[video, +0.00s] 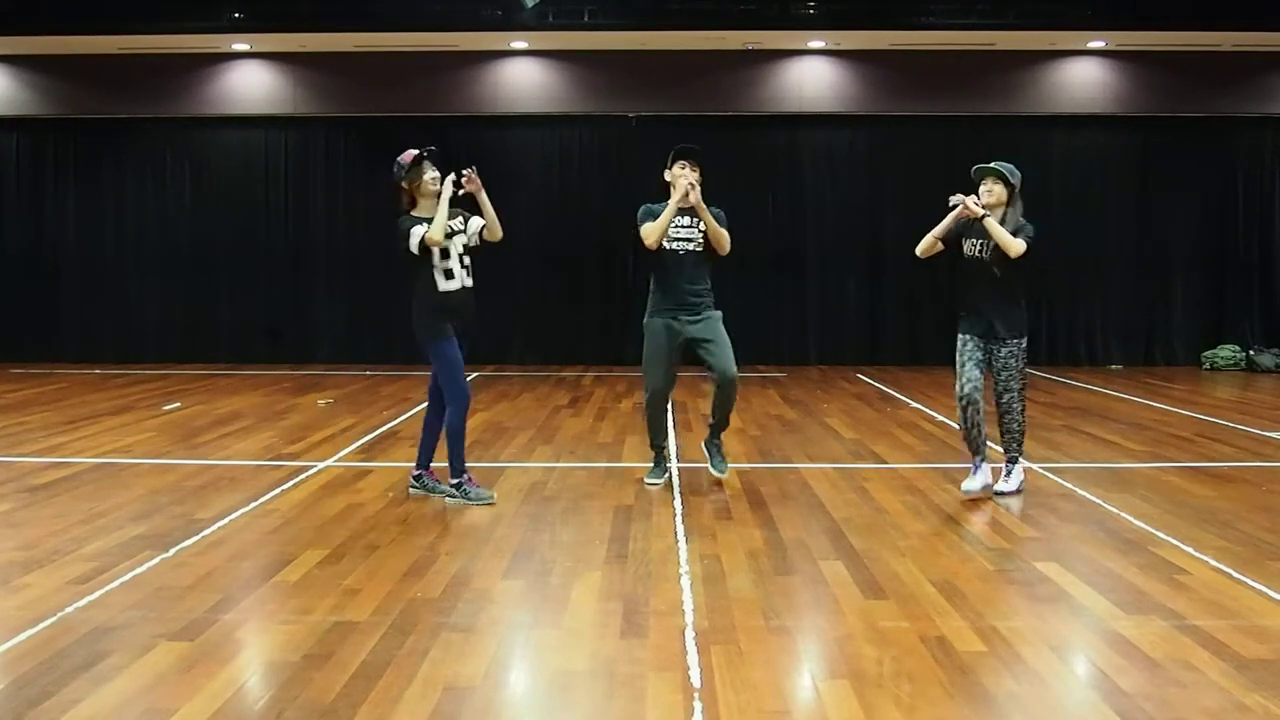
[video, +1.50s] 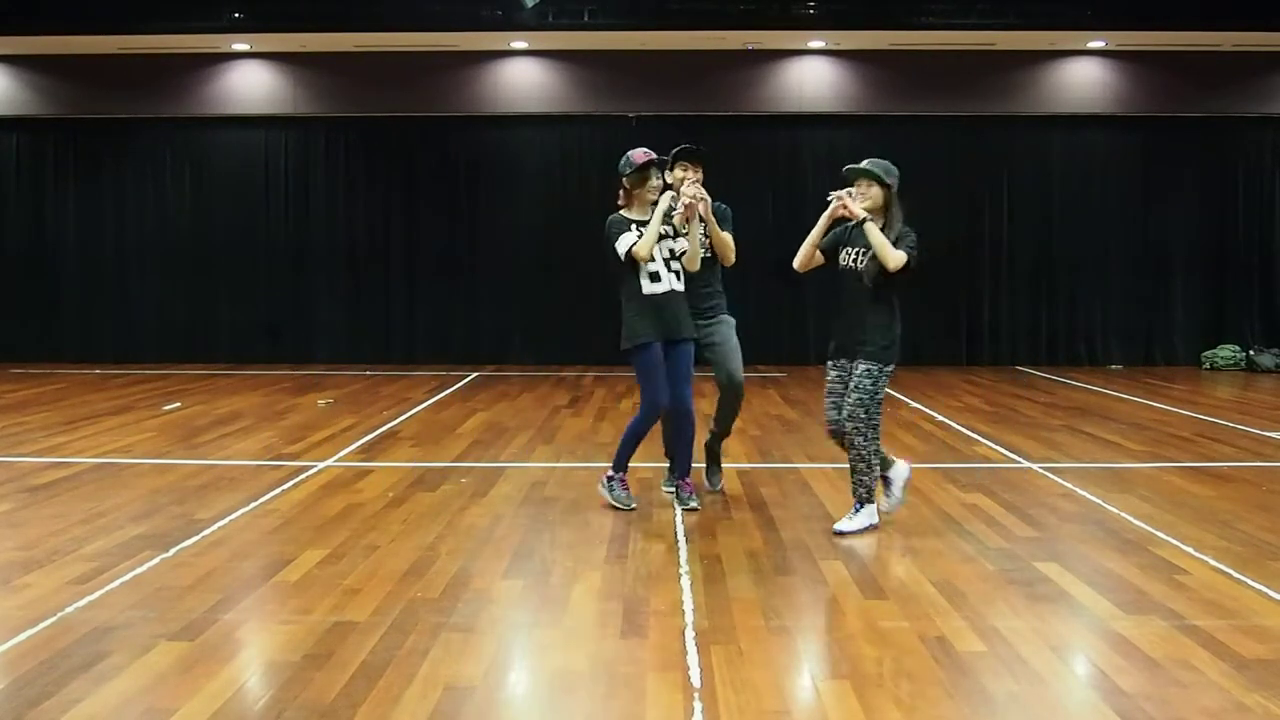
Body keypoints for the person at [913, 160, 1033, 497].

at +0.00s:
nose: (985, 188)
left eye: (993, 184)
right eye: (982, 183)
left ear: (1009, 192)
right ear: (977, 191)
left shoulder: (1020, 226)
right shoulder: (966, 222)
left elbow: (1015, 249)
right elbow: (922, 251)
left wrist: (982, 216)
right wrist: (951, 218)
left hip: (1009, 328)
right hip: (971, 325)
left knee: (1008, 399)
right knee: (967, 394)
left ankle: (1013, 466)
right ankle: (979, 466)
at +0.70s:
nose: (935, 192)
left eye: (944, 187)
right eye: (933, 187)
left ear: (961, 193)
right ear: (930, 194)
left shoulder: (977, 232)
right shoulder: (923, 233)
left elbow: (970, 262)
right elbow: (880, 261)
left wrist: (933, 227)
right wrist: (904, 223)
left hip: (965, 338)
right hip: (928, 330)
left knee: (957, 419)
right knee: (905, 381)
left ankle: (966, 485)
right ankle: (939, 422)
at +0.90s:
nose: (921, 176)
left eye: (930, 173)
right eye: (920, 172)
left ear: (948, 184)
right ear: (916, 185)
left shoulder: (959, 222)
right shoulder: (906, 220)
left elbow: (944, 242)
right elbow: (855, 246)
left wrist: (914, 205)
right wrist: (884, 209)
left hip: (949, 331)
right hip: (910, 327)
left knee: (953, 406)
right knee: (892, 393)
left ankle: (963, 480)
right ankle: (911, 469)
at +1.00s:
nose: (909, 190)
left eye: (918, 185)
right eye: (908, 184)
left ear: (938, 192)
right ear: (906, 193)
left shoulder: (952, 233)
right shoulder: (897, 231)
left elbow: (931, 261)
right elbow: (850, 260)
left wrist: (902, 220)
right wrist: (877, 220)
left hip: (934, 339)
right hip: (897, 338)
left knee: (919, 415)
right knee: (896, 419)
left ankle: (953, 470)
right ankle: (914, 492)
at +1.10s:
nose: (901, 197)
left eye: (910, 191)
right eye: (898, 191)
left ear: (928, 197)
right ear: (894, 198)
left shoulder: (944, 240)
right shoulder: (888, 237)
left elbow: (931, 271)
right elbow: (842, 267)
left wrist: (898, 231)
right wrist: (868, 228)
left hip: (922, 342)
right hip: (886, 341)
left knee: (884, 403)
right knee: (888, 423)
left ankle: (929, 444)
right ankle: (915, 494)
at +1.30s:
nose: (889, 171)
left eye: (898, 168)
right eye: (886, 166)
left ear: (913, 181)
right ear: (877, 175)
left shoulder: (918, 215)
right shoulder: (864, 214)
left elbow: (928, 240)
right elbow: (813, 240)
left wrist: (891, 203)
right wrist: (847, 202)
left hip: (905, 322)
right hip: (872, 322)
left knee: (857, 382)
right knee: (893, 406)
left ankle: (884, 458)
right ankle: (914, 486)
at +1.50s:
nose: (858, 192)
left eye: (867, 186)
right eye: (856, 186)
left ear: (887, 191)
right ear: (851, 192)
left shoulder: (901, 234)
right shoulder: (846, 232)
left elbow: (894, 262)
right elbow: (801, 264)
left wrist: (863, 220)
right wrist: (826, 219)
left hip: (877, 345)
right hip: (843, 342)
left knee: (860, 425)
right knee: (837, 426)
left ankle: (865, 506)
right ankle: (892, 469)